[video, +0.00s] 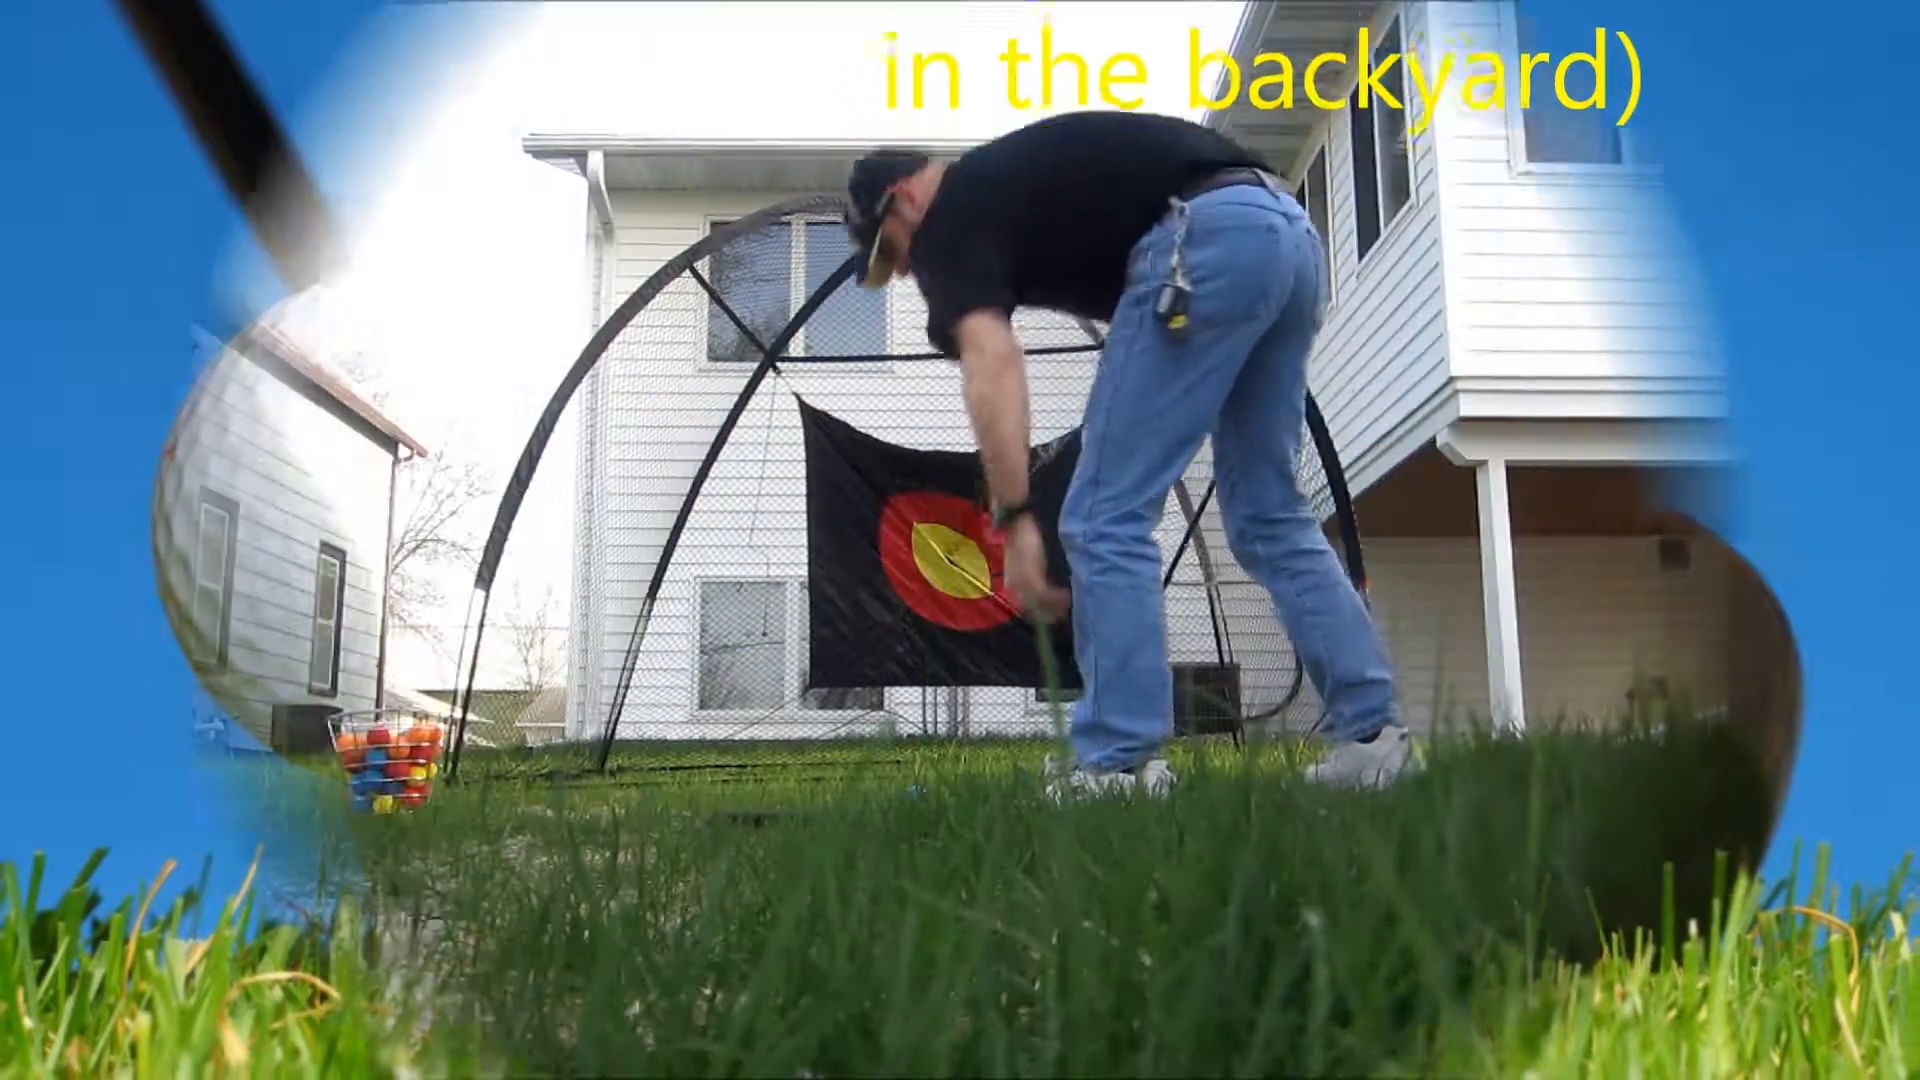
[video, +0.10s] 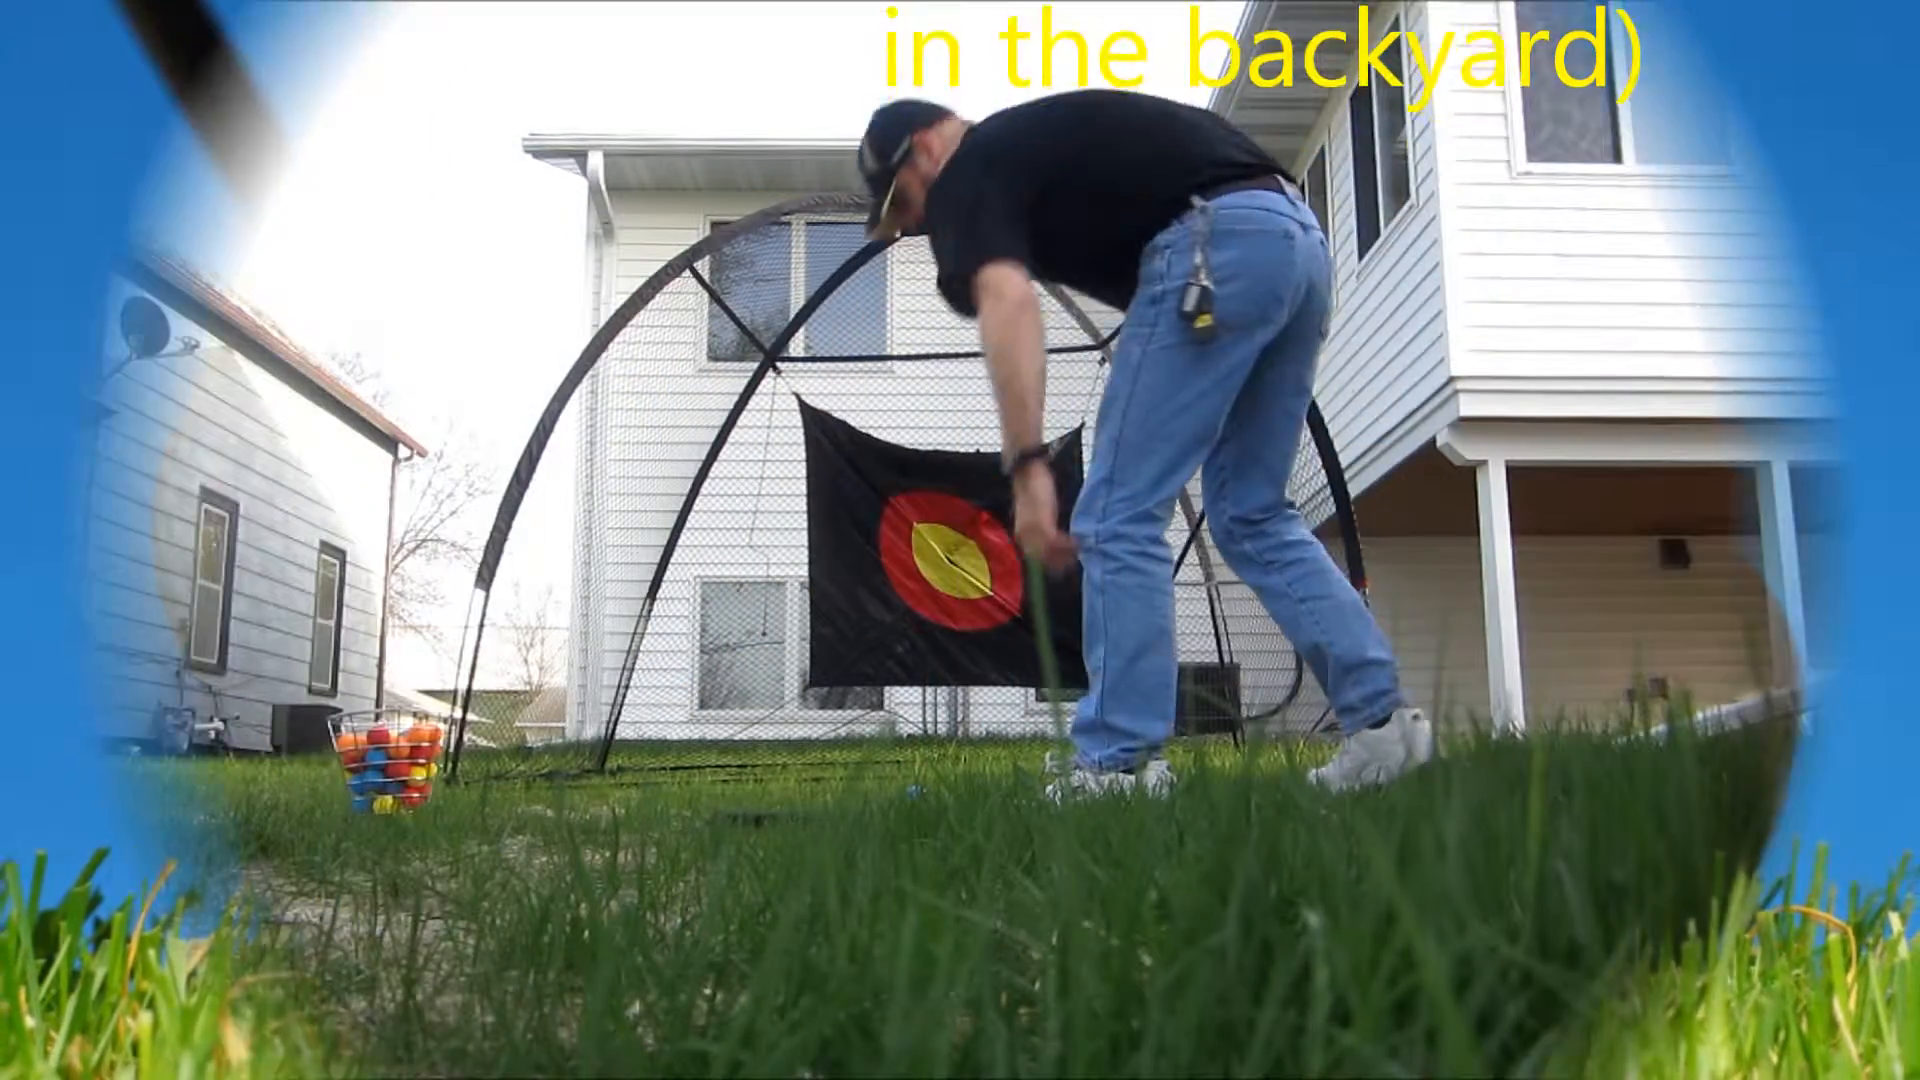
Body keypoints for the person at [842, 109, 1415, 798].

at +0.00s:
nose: (905, 267)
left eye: (893, 247)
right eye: (892, 260)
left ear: (905, 196)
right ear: (927, 183)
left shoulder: (951, 216)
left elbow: (993, 361)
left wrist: (1015, 518)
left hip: (1202, 237)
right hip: (1292, 239)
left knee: (1105, 519)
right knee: (1267, 516)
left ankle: (1116, 760)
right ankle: (1372, 733)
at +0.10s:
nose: (918, 220)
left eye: (907, 200)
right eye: (904, 213)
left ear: (926, 147)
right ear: (949, 135)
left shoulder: (967, 175)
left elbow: (1006, 298)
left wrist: (1026, 464)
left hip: (1212, 239)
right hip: (1302, 241)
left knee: (1118, 518)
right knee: (1249, 513)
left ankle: (1119, 759)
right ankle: (1381, 720)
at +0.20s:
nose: (952, 154)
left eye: (944, 131)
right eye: (940, 143)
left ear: (970, 83)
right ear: (993, 70)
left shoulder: (1009, 117)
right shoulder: (1084, 93)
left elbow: (1058, 227)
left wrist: (1067, 398)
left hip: (1228, 253)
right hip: (1310, 257)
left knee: (1130, 515)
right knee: (1251, 527)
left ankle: (1121, 759)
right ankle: (1390, 725)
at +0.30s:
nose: (985, 110)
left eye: (980, 88)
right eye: (975, 101)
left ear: (1006, 49)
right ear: (1031, 42)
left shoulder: (1053, 82)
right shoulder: (1130, 69)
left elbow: (1108, 186)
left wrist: (1112, 358)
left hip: (1236, 263)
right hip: (1319, 265)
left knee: (1141, 519)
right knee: (1265, 533)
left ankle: (1120, 757)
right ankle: (1396, 737)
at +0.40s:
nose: (1031, 72)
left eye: (1028, 47)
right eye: (1018, 64)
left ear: (1070, 11)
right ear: (1096, 18)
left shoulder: (1111, 49)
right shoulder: (1181, 53)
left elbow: (1172, 152)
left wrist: (1171, 312)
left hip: (1258, 265)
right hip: (1332, 273)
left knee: (1158, 523)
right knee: (1276, 537)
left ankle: (1124, 756)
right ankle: (1399, 740)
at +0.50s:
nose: (1099, 33)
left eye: (1100, 13)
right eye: (1089, 25)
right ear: (1122, 14)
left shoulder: (1204, 19)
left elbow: (1276, 115)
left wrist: (1268, 275)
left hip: (1296, 269)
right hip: (1345, 274)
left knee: (1196, 519)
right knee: (1296, 532)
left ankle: (1137, 751)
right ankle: (1401, 745)